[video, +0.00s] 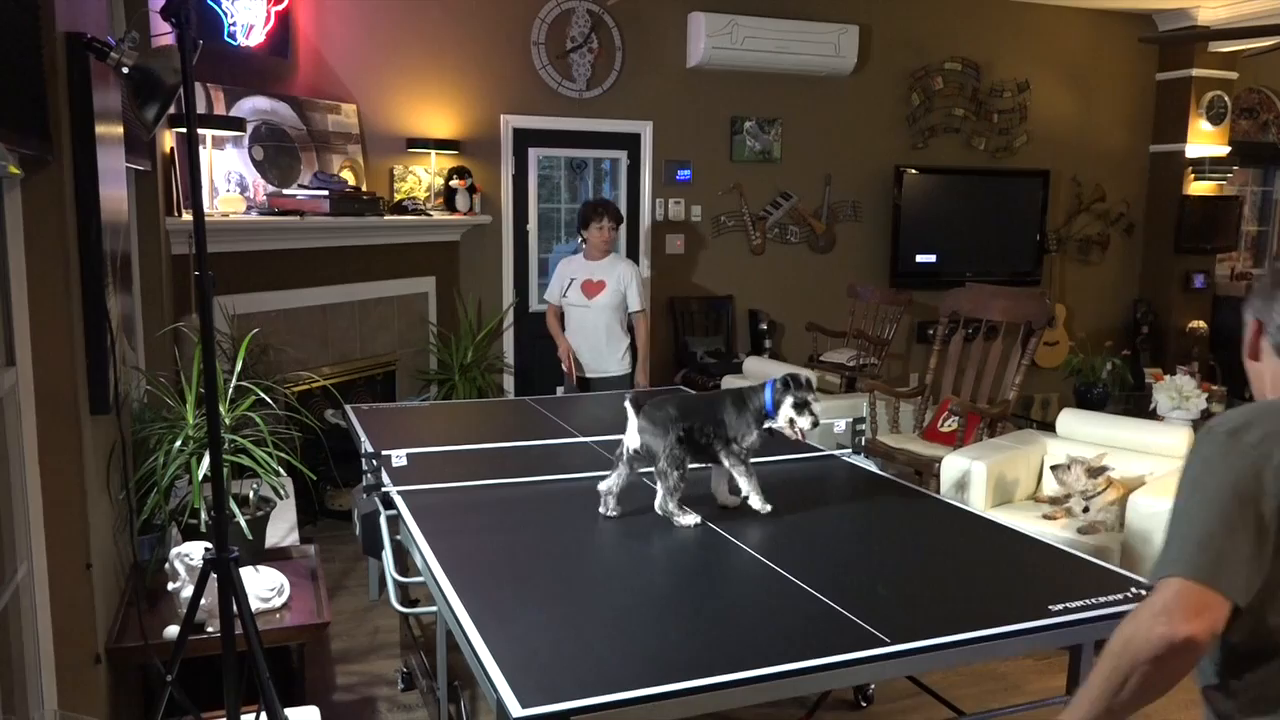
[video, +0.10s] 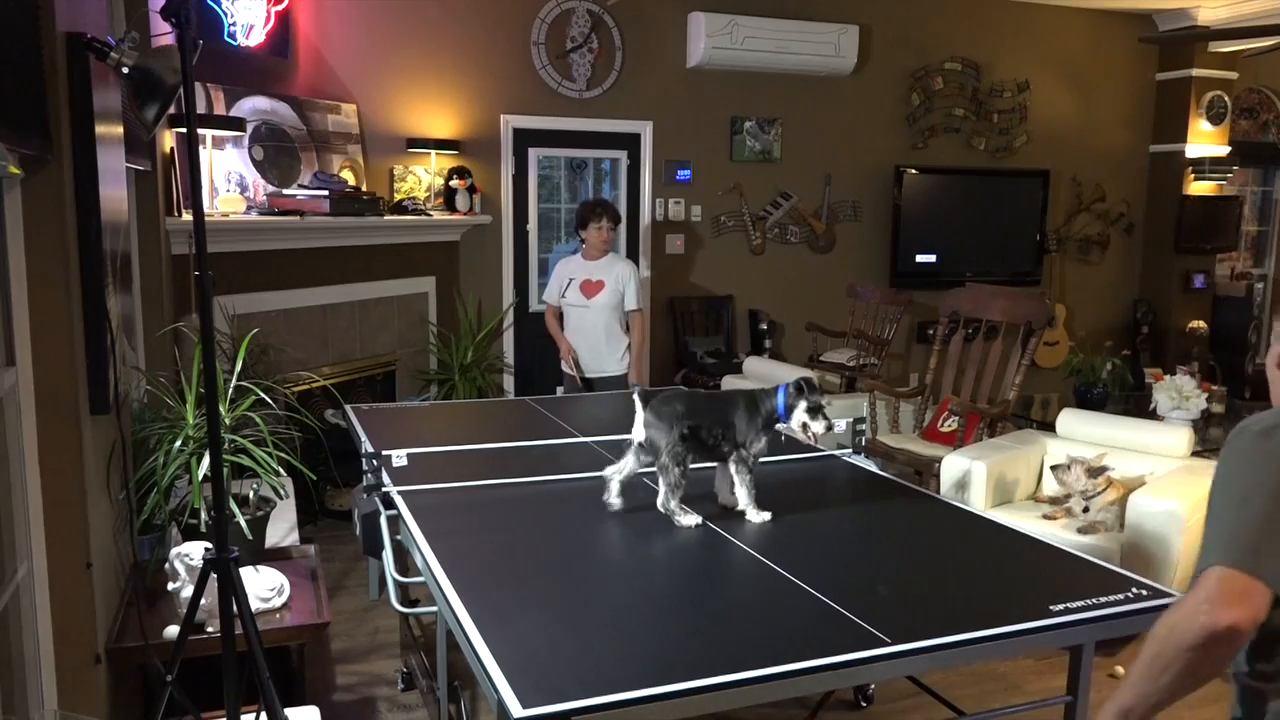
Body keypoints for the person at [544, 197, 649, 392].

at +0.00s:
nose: (606, 236)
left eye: (611, 229)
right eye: (599, 229)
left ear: (617, 232)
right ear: (584, 232)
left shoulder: (626, 269)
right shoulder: (566, 267)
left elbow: (639, 321)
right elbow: (552, 312)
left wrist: (642, 368)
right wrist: (561, 343)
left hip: (614, 374)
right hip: (575, 373)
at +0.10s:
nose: (606, 235)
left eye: (610, 229)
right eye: (598, 229)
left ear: (615, 232)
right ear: (582, 232)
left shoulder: (625, 268)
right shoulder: (564, 267)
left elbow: (636, 320)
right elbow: (551, 313)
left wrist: (635, 370)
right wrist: (561, 343)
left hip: (613, 372)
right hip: (574, 372)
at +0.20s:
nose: (605, 236)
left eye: (609, 229)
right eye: (597, 229)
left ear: (614, 232)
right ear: (581, 232)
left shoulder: (624, 269)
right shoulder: (563, 268)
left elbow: (636, 321)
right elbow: (549, 313)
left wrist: (637, 369)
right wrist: (562, 344)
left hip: (614, 372)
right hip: (574, 373)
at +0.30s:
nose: (604, 236)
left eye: (609, 230)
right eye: (597, 230)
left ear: (614, 232)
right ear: (581, 233)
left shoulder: (624, 270)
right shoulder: (562, 269)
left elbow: (638, 321)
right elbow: (547, 314)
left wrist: (641, 368)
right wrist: (560, 345)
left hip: (616, 372)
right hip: (575, 374)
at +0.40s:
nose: (606, 239)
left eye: (610, 232)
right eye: (598, 232)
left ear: (615, 234)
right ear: (581, 235)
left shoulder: (626, 271)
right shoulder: (563, 270)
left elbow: (638, 320)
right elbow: (543, 314)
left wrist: (642, 368)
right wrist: (560, 346)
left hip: (617, 375)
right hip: (575, 376)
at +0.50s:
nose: (607, 242)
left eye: (612, 235)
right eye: (599, 235)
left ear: (616, 236)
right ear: (582, 236)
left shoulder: (626, 273)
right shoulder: (561, 270)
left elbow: (638, 322)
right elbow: (538, 314)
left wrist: (642, 372)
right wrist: (559, 344)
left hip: (617, 376)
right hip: (574, 377)